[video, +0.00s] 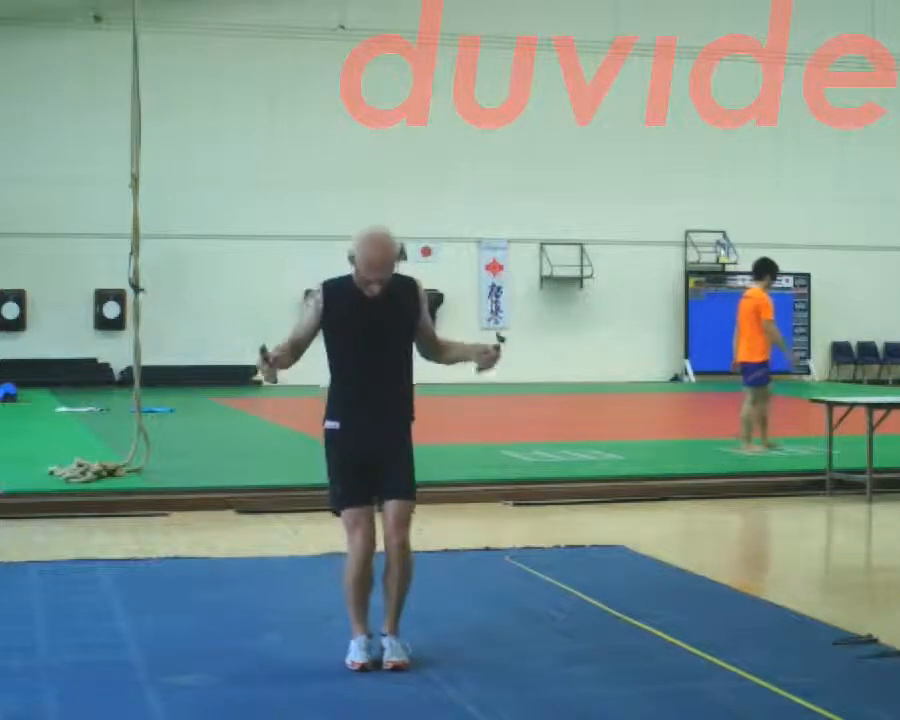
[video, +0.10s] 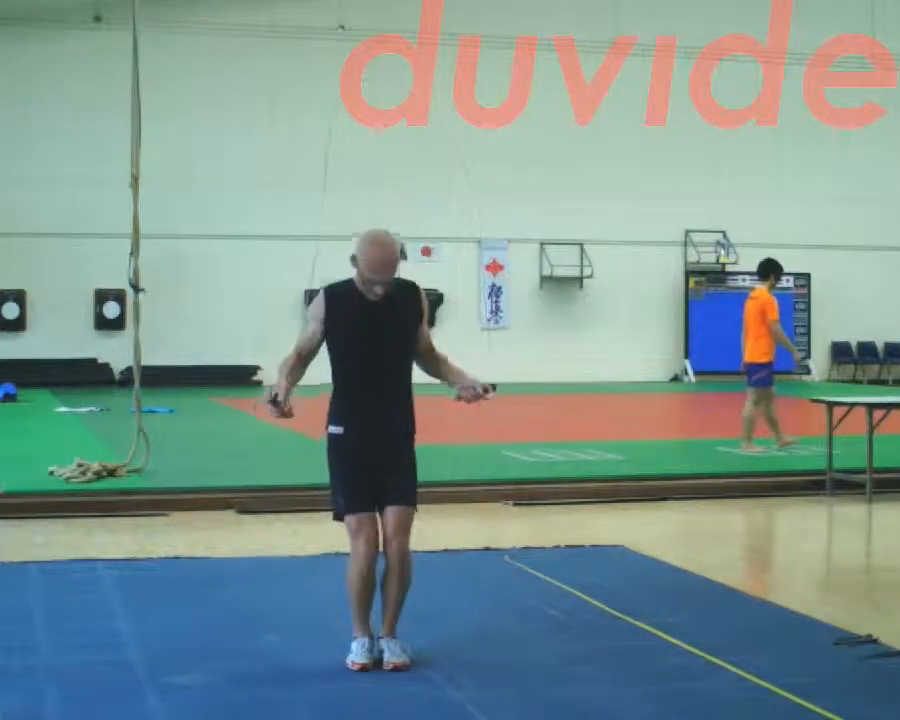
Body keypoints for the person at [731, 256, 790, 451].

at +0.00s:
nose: (773, 281)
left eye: (774, 278)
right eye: (773, 277)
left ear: (755, 275)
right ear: (768, 276)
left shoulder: (746, 296)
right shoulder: (762, 298)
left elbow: (739, 329)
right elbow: (768, 327)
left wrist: (736, 356)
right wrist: (786, 351)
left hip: (747, 356)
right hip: (756, 357)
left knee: (763, 397)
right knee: (752, 399)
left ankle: (764, 438)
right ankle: (747, 441)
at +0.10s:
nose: (779, 281)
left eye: (779, 277)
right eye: (779, 277)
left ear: (761, 275)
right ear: (773, 277)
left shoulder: (752, 297)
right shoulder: (768, 299)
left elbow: (746, 330)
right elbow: (775, 328)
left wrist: (745, 357)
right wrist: (793, 350)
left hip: (752, 358)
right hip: (761, 359)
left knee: (767, 400)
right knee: (753, 400)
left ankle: (780, 437)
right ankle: (747, 442)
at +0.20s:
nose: (784, 282)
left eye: (784, 278)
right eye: (783, 278)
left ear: (765, 276)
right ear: (778, 278)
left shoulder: (759, 297)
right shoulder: (773, 299)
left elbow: (760, 328)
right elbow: (778, 327)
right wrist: (796, 349)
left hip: (760, 357)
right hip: (768, 358)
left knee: (774, 400)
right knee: (760, 399)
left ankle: (783, 439)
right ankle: (746, 441)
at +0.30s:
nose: (789, 281)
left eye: (789, 277)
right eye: (788, 277)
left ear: (771, 276)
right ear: (782, 276)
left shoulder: (765, 297)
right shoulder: (777, 298)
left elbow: (768, 327)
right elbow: (782, 326)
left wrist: (789, 342)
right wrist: (796, 343)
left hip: (767, 356)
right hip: (774, 357)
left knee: (780, 399)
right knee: (768, 397)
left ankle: (784, 438)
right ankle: (749, 440)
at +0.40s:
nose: (793, 281)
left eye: (793, 277)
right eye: (792, 277)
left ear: (777, 276)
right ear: (787, 276)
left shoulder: (772, 295)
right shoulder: (781, 297)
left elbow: (776, 325)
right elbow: (784, 325)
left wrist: (796, 342)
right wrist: (802, 344)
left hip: (774, 354)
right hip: (778, 355)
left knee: (782, 398)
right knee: (776, 397)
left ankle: (785, 439)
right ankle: (753, 437)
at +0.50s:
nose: (797, 280)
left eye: (797, 276)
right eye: (796, 276)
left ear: (780, 275)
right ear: (790, 276)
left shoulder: (776, 295)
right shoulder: (785, 297)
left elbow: (782, 327)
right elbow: (788, 325)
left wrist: (801, 340)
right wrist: (807, 336)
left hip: (778, 354)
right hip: (784, 354)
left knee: (785, 397)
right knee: (784, 396)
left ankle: (785, 438)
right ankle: (758, 433)